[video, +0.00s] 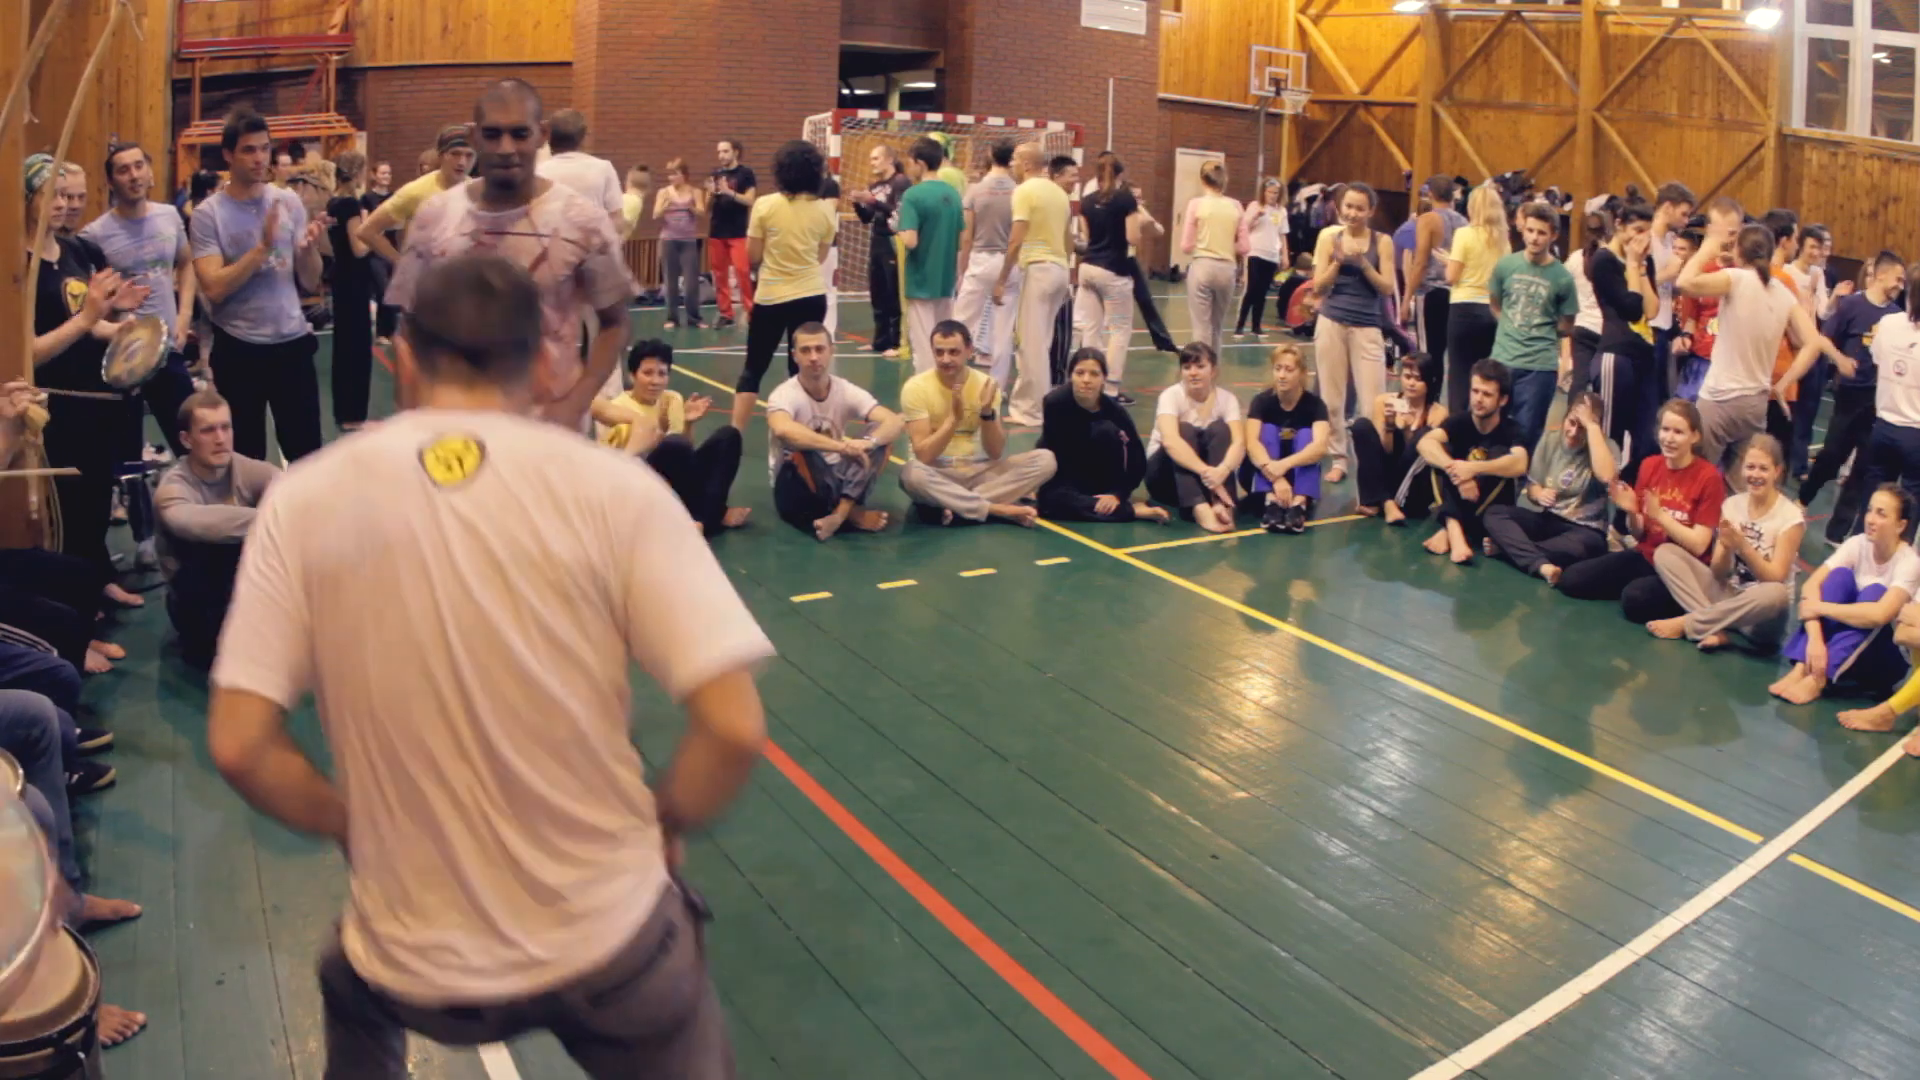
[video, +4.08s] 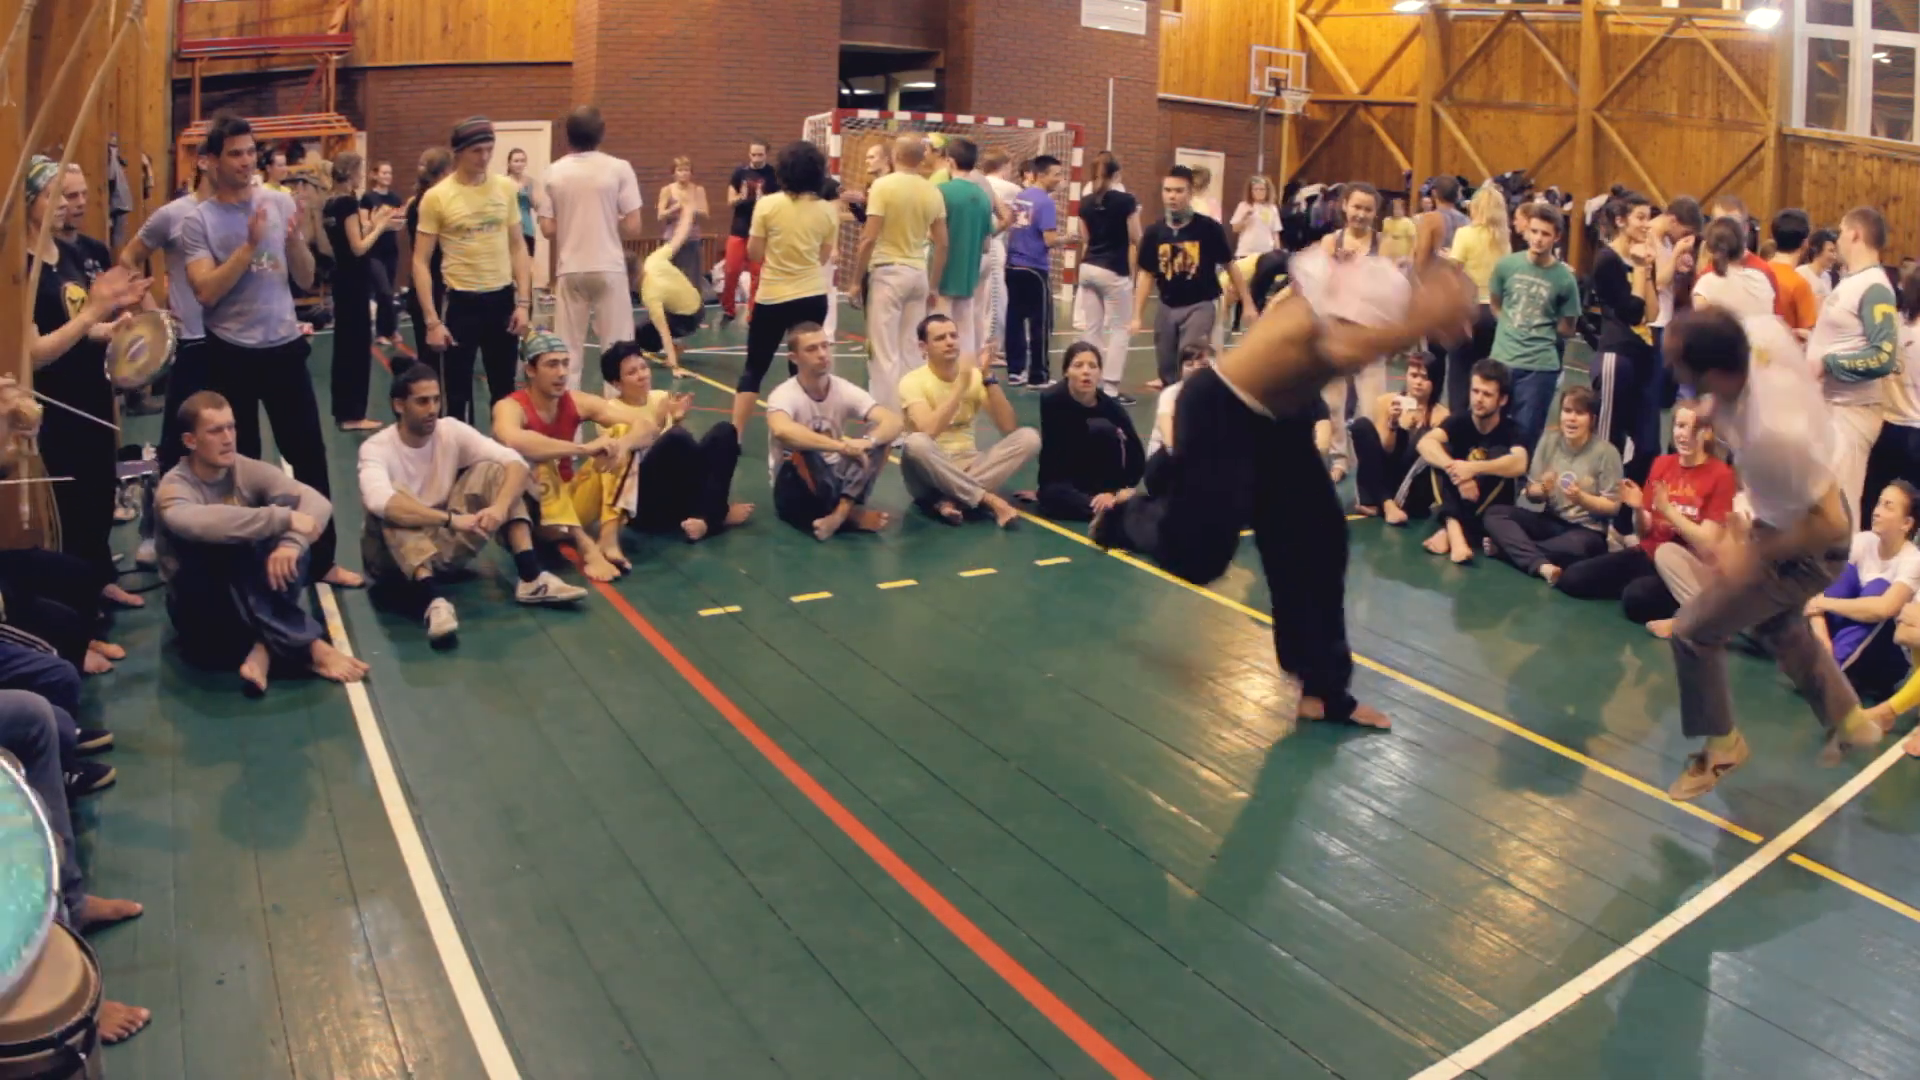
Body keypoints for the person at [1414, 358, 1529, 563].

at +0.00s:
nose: (1478, 399)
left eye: (1487, 395)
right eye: (1475, 392)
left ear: (1503, 400)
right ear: (1469, 391)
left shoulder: (1511, 429)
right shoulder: (1459, 421)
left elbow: (1519, 465)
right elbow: (1425, 443)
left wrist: (1472, 468)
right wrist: (1459, 474)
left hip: (1492, 511)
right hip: (1454, 504)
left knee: (1499, 457)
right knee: (1437, 454)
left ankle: (1449, 528)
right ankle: (1454, 528)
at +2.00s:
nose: (1479, 399)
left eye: (1487, 395)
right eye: (1475, 392)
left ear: (1502, 400)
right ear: (1469, 392)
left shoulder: (1511, 428)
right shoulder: (1461, 420)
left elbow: (1519, 465)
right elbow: (1425, 444)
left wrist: (1474, 467)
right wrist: (1458, 474)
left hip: (1492, 510)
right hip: (1454, 504)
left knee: (1500, 456)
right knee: (1438, 455)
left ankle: (1449, 529)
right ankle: (1454, 530)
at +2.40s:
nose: (1478, 399)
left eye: (1487, 395)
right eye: (1475, 392)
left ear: (1502, 400)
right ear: (1469, 391)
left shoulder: (1510, 428)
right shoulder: (1460, 419)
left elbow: (1519, 464)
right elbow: (1426, 443)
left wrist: (1473, 468)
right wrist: (1459, 474)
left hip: (1492, 509)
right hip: (1454, 503)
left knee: (1499, 456)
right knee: (1438, 455)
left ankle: (1449, 527)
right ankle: (1454, 528)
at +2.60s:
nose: (1478, 400)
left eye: (1487, 395)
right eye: (1475, 392)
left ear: (1502, 400)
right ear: (1469, 392)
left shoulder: (1510, 428)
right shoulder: (1460, 420)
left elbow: (1519, 465)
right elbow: (1425, 443)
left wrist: (1473, 468)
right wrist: (1458, 474)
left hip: (1494, 509)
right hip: (1458, 503)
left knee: (1499, 455)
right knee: (1438, 453)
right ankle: (1452, 524)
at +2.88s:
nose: (1479, 399)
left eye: (1487, 394)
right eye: (1475, 392)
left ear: (1503, 400)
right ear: (1469, 392)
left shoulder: (1510, 428)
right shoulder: (1458, 420)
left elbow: (1519, 465)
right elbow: (1425, 443)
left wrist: (1473, 468)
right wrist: (1452, 467)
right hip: (1453, 501)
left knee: (1499, 454)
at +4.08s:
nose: (1479, 399)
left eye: (1487, 395)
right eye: (1475, 392)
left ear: (1503, 400)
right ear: (1469, 392)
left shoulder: (1510, 429)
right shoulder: (1459, 422)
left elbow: (1519, 464)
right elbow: (1426, 443)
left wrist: (1473, 467)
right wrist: (1458, 473)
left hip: (1492, 512)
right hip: (1453, 503)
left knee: (1502, 457)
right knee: (1438, 457)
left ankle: (1450, 529)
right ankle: (1454, 529)